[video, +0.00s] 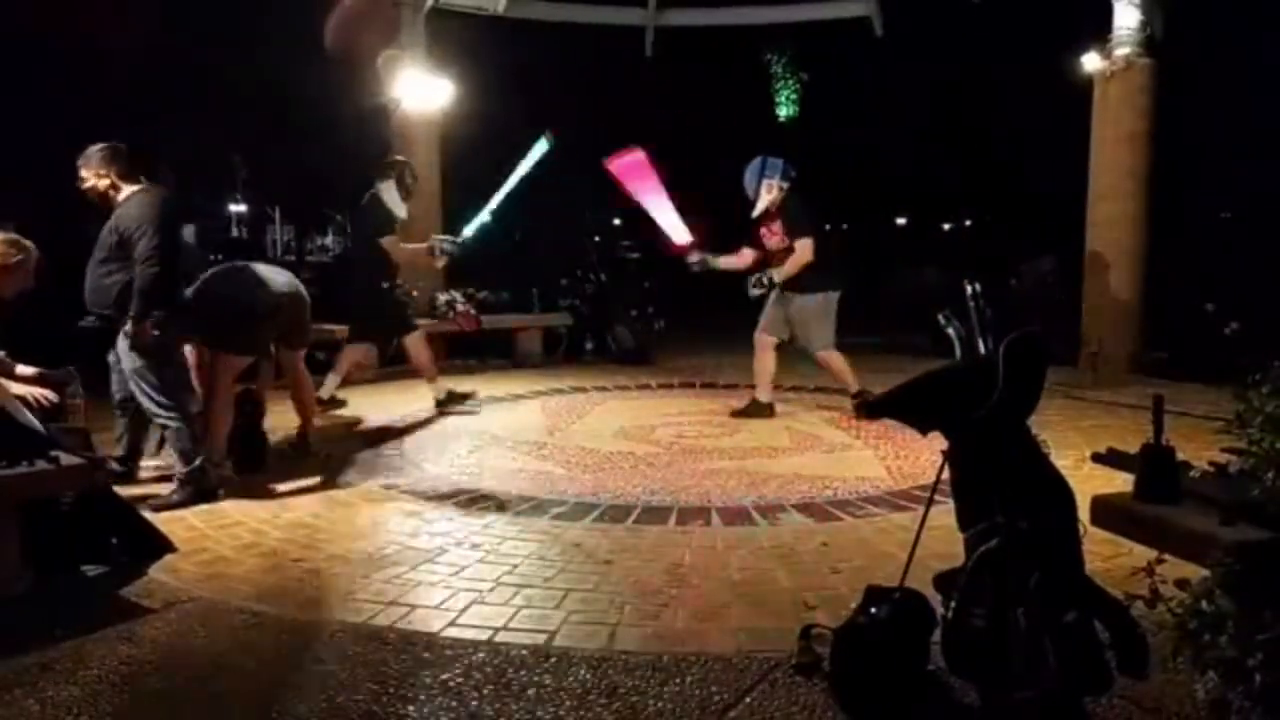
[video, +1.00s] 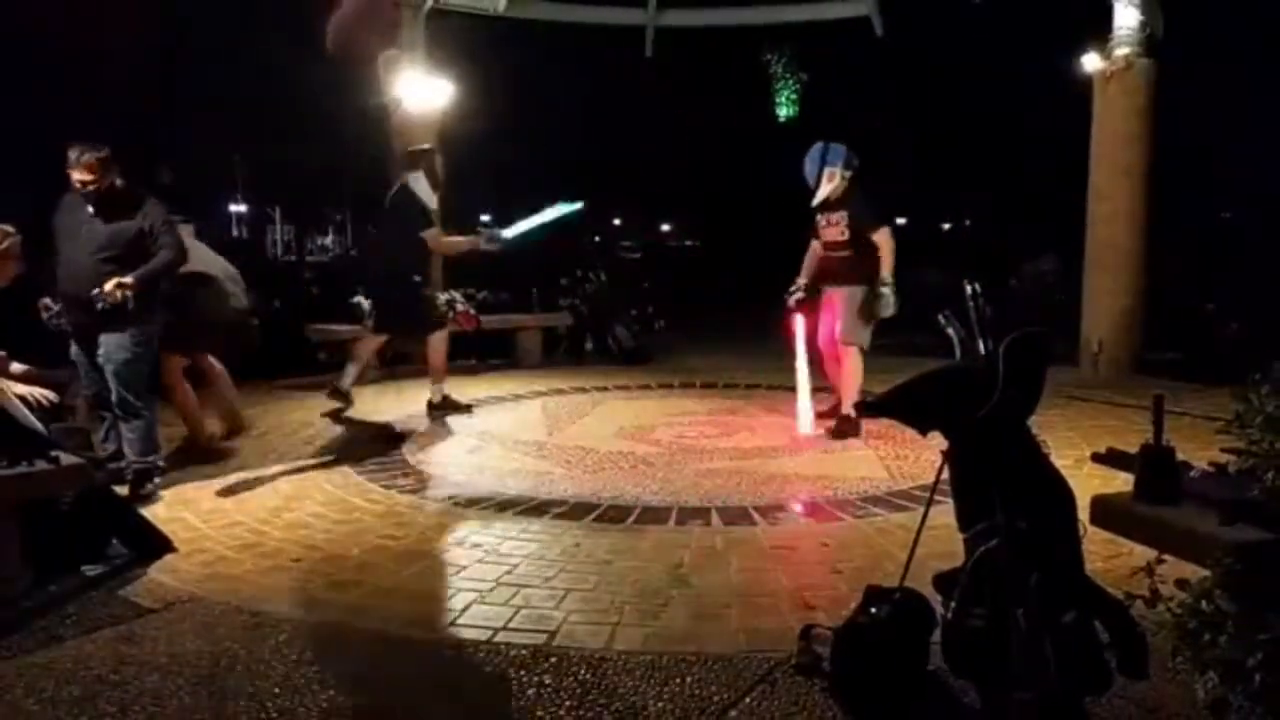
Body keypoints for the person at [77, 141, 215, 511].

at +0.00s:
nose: (85, 188)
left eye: (86, 180)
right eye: (83, 181)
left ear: (106, 176)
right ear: (109, 175)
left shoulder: (144, 207)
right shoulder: (132, 205)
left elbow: (150, 266)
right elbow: (142, 264)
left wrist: (137, 317)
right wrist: (123, 311)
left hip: (139, 321)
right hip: (122, 320)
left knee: (163, 404)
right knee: (125, 396)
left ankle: (195, 474)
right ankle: (125, 461)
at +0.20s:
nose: (57, 192)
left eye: (59, 184)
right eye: (54, 186)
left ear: (81, 175)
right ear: (81, 177)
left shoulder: (126, 202)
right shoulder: (99, 207)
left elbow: (149, 249)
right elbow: (101, 262)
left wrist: (133, 298)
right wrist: (83, 305)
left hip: (120, 317)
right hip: (93, 319)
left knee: (142, 395)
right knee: (103, 397)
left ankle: (180, 469)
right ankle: (115, 464)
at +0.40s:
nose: (61, 191)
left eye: (65, 183)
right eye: (54, 186)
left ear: (83, 171)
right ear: (46, 184)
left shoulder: (120, 198)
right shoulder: (61, 215)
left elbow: (153, 239)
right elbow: (65, 265)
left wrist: (123, 277)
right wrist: (62, 304)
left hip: (120, 315)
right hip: (81, 320)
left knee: (125, 398)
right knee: (94, 399)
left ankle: (145, 473)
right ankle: (107, 469)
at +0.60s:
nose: (69, 188)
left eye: (74, 180)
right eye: (62, 182)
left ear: (92, 173)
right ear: (56, 180)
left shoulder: (129, 203)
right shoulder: (61, 211)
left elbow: (164, 243)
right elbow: (61, 263)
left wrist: (131, 274)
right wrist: (59, 303)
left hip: (121, 318)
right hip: (77, 320)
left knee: (125, 400)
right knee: (94, 400)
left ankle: (140, 472)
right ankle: (107, 465)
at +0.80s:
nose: (81, 189)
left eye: (86, 181)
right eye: (73, 183)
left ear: (103, 173)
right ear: (63, 180)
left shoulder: (136, 206)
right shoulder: (63, 210)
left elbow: (169, 248)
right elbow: (60, 261)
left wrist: (135, 277)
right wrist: (56, 300)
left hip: (124, 321)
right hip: (78, 323)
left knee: (126, 402)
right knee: (97, 401)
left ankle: (141, 472)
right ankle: (108, 464)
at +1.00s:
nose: (82, 190)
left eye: (89, 183)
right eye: (77, 183)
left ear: (109, 176)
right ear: (70, 178)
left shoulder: (142, 208)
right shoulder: (68, 207)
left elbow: (173, 251)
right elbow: (61, 258)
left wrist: (133, 281)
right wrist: (55, 296)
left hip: (126, 323)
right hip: (80, 323)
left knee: (130, 403)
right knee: (100, 402)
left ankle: (142, 472)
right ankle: (111, 466)